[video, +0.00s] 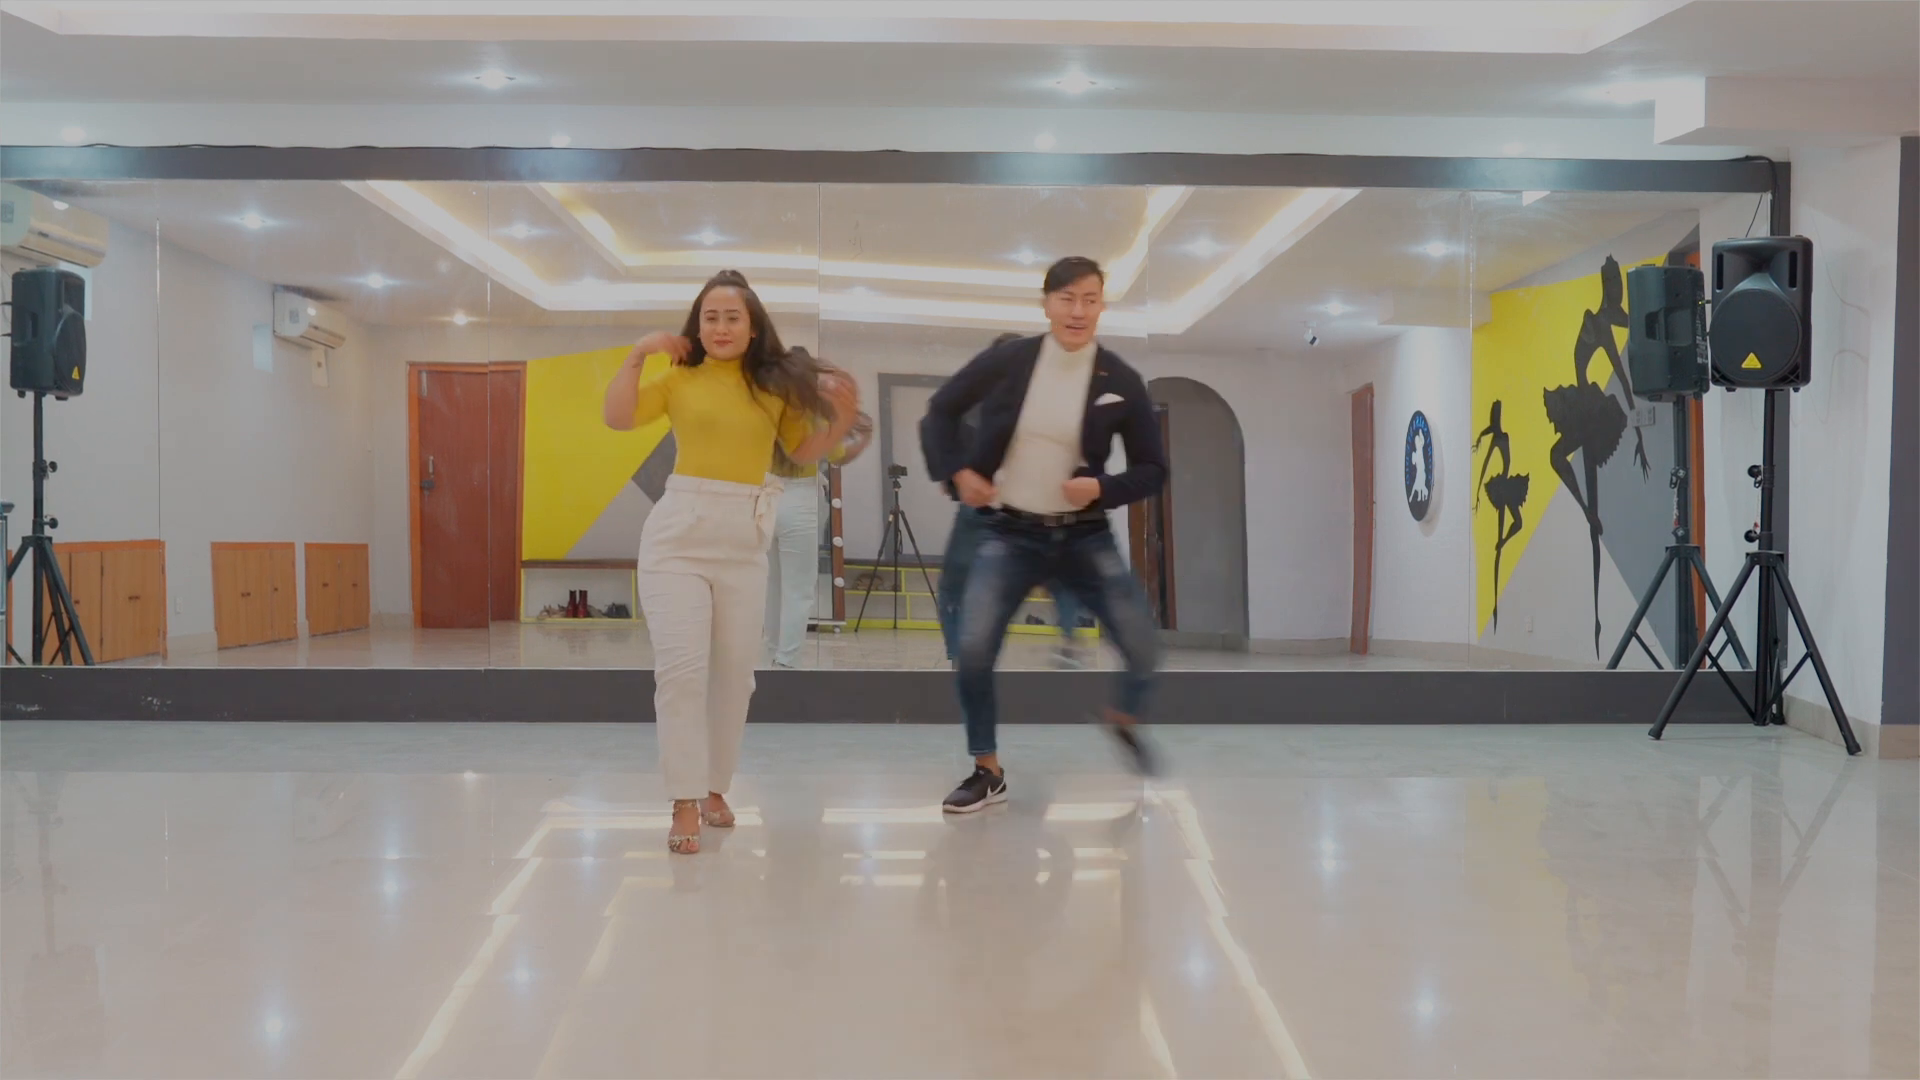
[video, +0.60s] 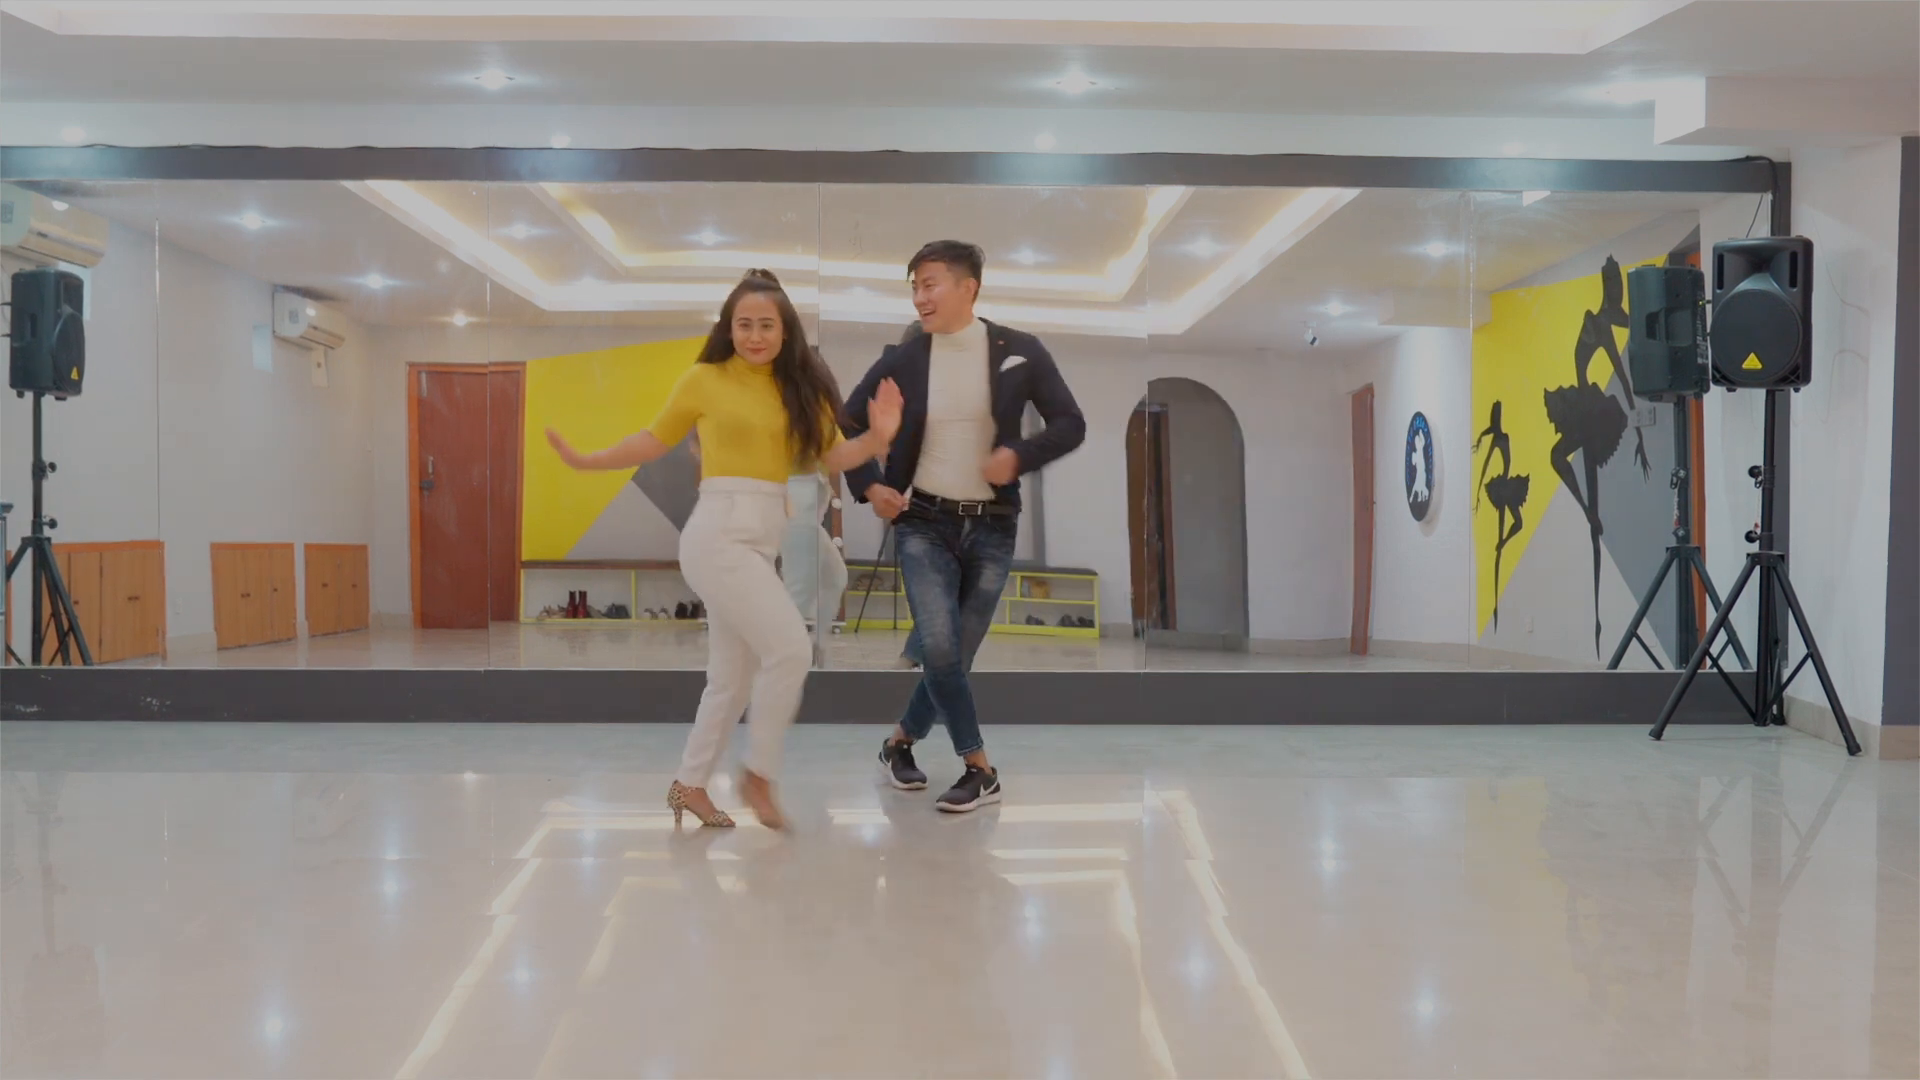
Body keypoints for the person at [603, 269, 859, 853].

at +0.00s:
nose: (721, 327)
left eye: (733, 317)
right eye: (711, 317)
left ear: (753, 326)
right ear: (697, 326)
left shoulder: (773, 390)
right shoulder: (678, 379)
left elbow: (804, 453)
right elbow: (619, 416)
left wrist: (842, 417)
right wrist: (640, 351)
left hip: (745, 545)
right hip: (677, 537)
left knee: (735, 673)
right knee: (681, 667)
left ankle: (717, 789)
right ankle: (686, 801)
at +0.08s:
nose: (724, 334)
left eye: (736, 324)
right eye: (714, 323)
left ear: (755, 333)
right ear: (699, 331)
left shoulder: (772, 397)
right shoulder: (681, 385)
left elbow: (802, 458)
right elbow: (652, 425)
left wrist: (855, 477)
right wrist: (650, 356)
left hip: (746, 541)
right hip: (678, 535)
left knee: (736, 674)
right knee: (676, 666)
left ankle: (719, 787)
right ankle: (683, 801)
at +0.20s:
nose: (728, 337)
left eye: (740, 328)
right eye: (717, 327)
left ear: (758, 338)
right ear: (699, 336)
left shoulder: (772, 400)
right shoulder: (684, 387)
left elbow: (773, 483)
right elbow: (705, 444)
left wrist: (802, 530)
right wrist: (714, 374)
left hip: (751, 545)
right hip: (685, 541)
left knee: (734, 678)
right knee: (663, 665)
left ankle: (726, 790)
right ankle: (685, 796)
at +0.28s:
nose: (732, 335)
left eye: (744, 324)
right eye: (722, 323)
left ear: (762, 332)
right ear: (706, 328)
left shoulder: (772, 391)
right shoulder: (691, 381)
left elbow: (767, 471)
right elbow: (692, 447)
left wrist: (796, 519)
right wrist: (744, 424)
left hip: (760, 540)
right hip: (692, 538)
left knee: (746, 669)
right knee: (661, 650)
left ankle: (731, 787)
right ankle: (682, 773)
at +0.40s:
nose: (741, 328)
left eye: (753, 317)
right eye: (730, 316)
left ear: (771, 323)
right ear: (715, 322)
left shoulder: (780, 386)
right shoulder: (695, 378)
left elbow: (792, 468)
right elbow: (668, 454)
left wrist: (837, 471)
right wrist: (669, 486)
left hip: (765, 532)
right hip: (699, 525)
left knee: (755, 660)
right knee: (728, 643)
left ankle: (729, 783)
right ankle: (670, 655)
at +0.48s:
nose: (748, 329)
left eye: (760, 317)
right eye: (737, 317)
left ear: (778, 323)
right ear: (721, 322)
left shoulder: (787, 386)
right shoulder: (696, 376)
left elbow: (815, 463)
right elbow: (656, 444)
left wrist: (860, 440)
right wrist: (628, 488)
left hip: (766, 531)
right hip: (705, 526)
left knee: (749, 660)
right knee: (769, 637)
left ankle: (711, 779)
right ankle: (676, 643)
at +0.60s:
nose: (756, 335)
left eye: (767, 324)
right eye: (744, 323)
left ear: (786, 330)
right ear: (728, 327)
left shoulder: (798, 392)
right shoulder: (705, 380)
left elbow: (830, 458)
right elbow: (655, 440)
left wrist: (878, 437)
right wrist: (586, 461)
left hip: (766, 542)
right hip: (717, 536)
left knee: (730, 679)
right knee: (789, 648)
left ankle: (689, 783)